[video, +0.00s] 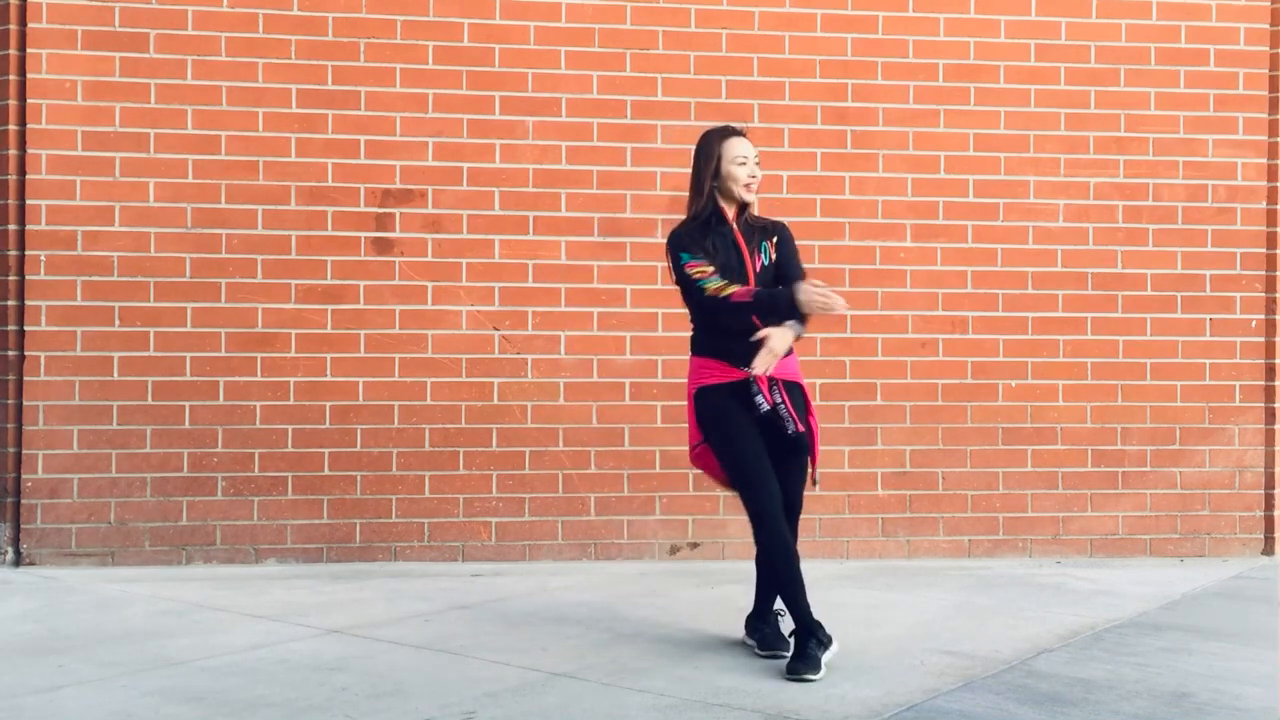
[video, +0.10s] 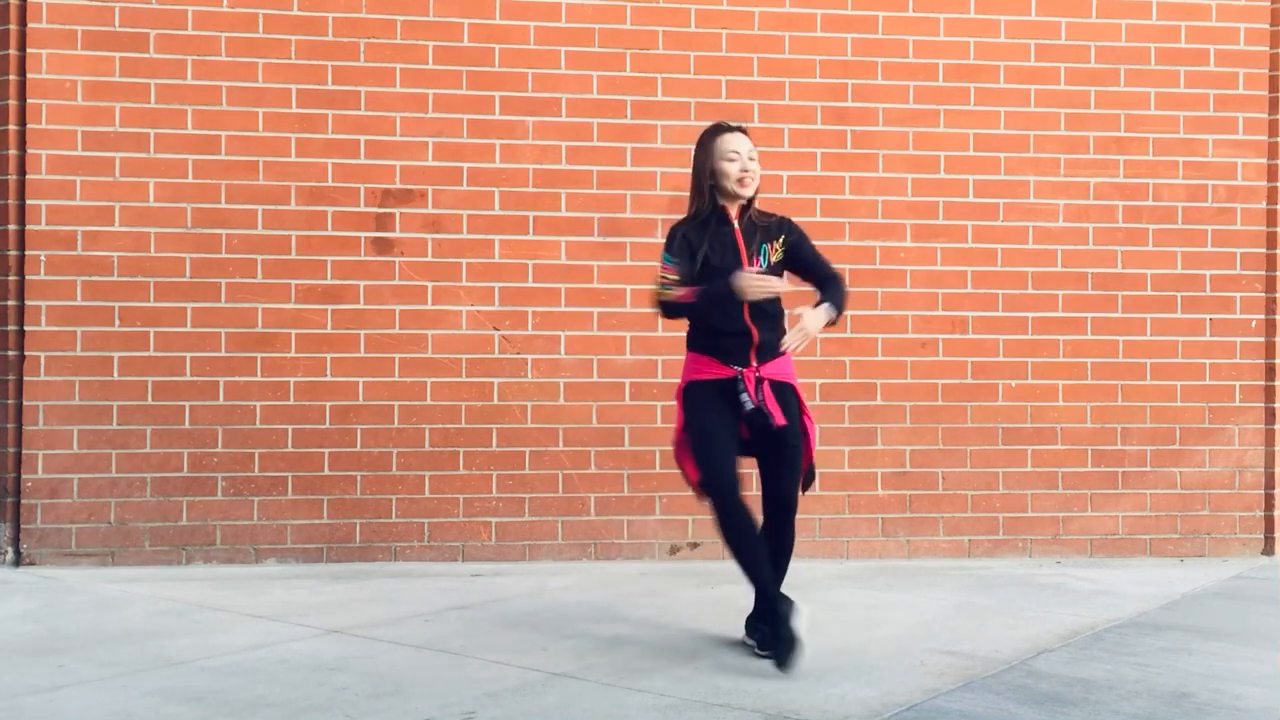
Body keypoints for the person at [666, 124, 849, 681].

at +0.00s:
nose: (754, 171)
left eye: (756, 162)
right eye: (742, 163)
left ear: (757, 170)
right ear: (712, 171)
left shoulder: (775, 233)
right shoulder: (687, 239)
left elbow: (797, 297)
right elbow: (716, 300)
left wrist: (786, 330)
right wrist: (790, 297)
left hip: (780, 381)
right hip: (721, 384)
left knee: (785, 506)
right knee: (763, 502)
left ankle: (761, 616)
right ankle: (808, 628)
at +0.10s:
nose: (746, 166)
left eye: (751, 157)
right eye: (732, 158)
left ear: (759, 166)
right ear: (707, 169)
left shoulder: (779, 230)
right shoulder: (689, 235)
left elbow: (832, 282)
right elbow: (668, 301)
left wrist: (824, 311)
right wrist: (729, 287)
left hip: (774, 380)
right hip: (710, 380)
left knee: (782, 506)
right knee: (722, 492)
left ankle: (762, 617)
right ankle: (776, 609)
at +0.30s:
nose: (718, 151)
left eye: (728, 141)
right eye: (705, 144)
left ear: (744, 151)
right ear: (689, 156)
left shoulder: (766, 217)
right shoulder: (675, 217)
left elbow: (802, 264)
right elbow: (616, 274)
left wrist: (827, 298)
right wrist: (637, 304)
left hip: (748, 371)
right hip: (683, 366)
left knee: (752, 496)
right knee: (643, 477)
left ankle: (762, 615)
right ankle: (635, 574)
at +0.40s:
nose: (708, 160)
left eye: (717, 150)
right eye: (696, 152)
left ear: (734, 160)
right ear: (679, 164)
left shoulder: (751, 232)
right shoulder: (662, 225)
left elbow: (768, 295)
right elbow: (627, 283)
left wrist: (799, 337)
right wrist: (613, 317)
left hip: (728, 379)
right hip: (661, 376)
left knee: (740, 500)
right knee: (626, 495)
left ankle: (761, 615)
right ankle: (596, 602)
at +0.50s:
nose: (694, 163)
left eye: (704, 154)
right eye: (682, 155)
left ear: (719, 164)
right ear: (665, 166)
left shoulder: (732, 240)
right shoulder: (642, 226)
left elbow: (740, 306)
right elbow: (605, 285)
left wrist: (770, 342)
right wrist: (595, 306)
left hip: (697, 381)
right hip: (630, 375)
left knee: (726, 498)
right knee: (611, 498)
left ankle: (758, 610)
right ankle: (598, 609)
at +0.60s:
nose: (679, 167)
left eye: (689, 158)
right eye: (667, 159)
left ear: (704, 170)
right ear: (650, 170)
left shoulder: (715, 244)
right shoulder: (621, 227)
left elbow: (735, 312)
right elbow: (563, 283)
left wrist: (740, 332)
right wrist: (605, 274)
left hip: (675, 377)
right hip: (609, 373)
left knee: (705, 476)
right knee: (593, 496)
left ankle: (723, 584)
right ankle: (595, 610)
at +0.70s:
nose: (667, 163)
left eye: (677, 154)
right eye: (655, 155)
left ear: (693, 164)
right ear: (638, 165)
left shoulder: (705, 236)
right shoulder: (613, 218)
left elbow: (714, 312)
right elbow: (576, 275)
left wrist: (685, 313)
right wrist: (640, 261)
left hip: (661, 372)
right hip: (600, 367)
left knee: (676, 466)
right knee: (592, 492)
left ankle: (650, 581)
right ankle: (596, 607)